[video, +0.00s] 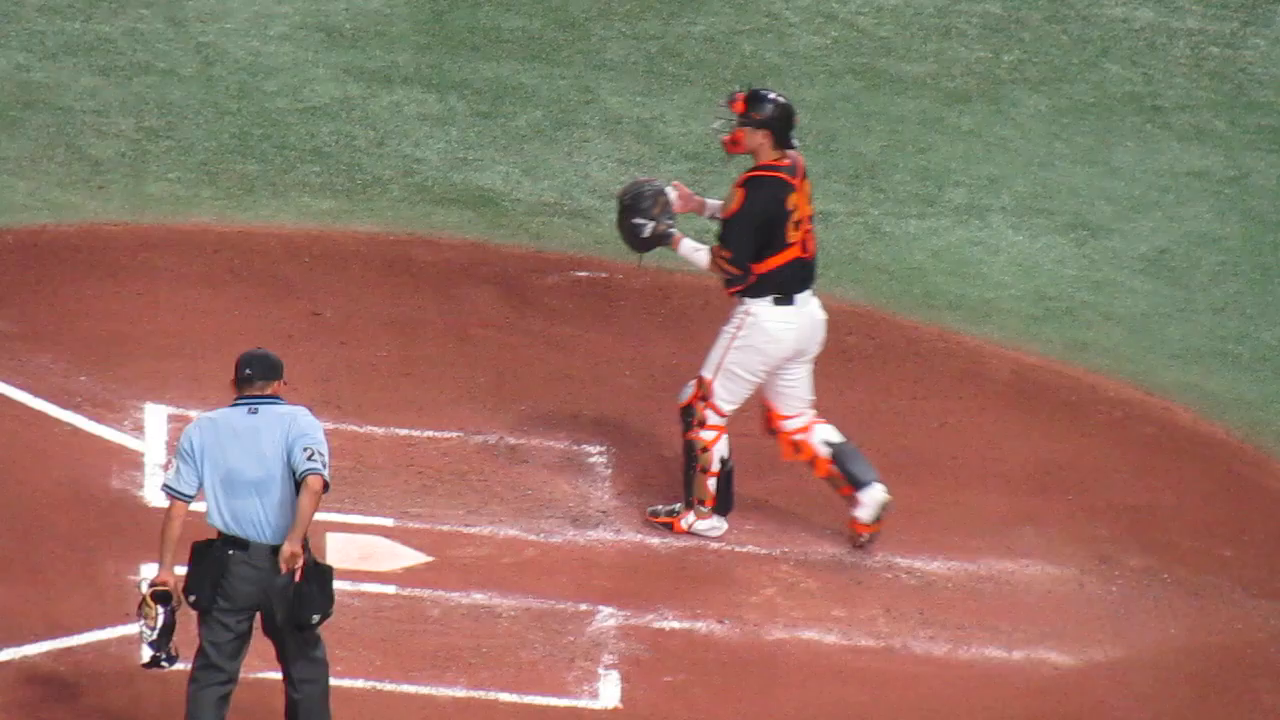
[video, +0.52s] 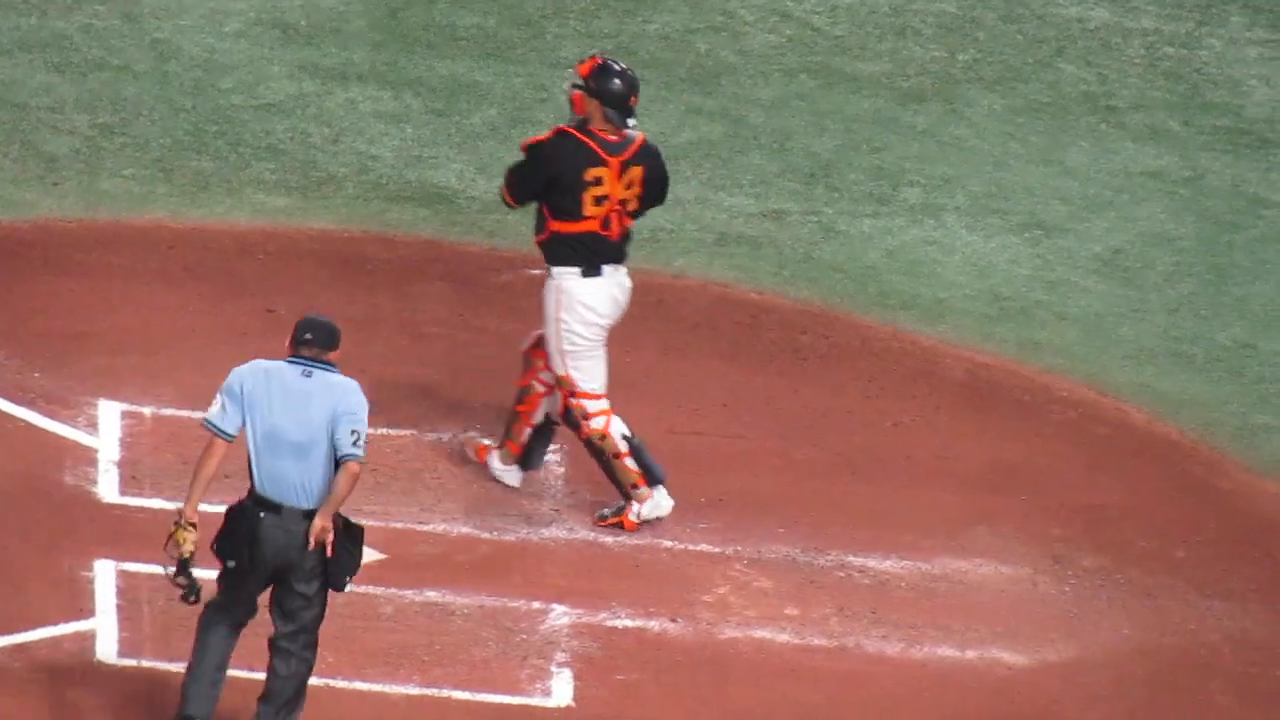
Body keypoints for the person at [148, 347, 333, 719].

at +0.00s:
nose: (281, 389)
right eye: (281, 384)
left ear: (235, 385)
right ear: (279, 386)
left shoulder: (202, 428)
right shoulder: (299, 420)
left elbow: (177, 506)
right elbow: (314, 482)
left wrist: (165, 569)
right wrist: (295, 538)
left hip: (228, 569)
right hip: (287, 569)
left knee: (213, 674)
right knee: (306, 670)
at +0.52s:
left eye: (294, 345)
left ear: (290, 346)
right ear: (334, 354)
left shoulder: (250, 375)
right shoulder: (348, 393)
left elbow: (215, 448)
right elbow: (352, 466)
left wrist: (189, 515)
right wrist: (325, 514)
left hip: (256, 526)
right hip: (311, 536)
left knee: (225, 615)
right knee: (294, 644)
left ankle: (194, 710)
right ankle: (275, 713)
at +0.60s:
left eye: (303, 333)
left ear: (302, 334)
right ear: (345, 344)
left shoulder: (261, 366)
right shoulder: (359, 381)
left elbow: (227, 438)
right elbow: (371, 447)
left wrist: (200, 504)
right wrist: (341, 491)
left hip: (267, 514)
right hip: (319, 523)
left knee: (241, 605)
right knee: (298, 633)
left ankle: (217, 708)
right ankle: (276, 713)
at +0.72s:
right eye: (370, 339)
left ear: (331, 331)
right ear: (373, 340)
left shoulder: (288, 360)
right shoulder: (384, 374)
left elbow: (256, 430)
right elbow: (411, 433)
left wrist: (228, 495)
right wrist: (377, 477)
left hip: (293, 506)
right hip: (344, 516)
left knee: (281, 606)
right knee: (315, 628)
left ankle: (275, 703)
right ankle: (284, 711)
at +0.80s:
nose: (393, 343)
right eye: (397, 338)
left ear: (359, 330)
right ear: (400, 339)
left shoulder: (316, 359)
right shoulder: (410, 377)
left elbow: (283, 428)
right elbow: (445, 441)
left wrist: (255, 493)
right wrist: (426, 480)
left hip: (318, 507)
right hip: (368, 516)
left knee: (319, 604)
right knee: (338, 626)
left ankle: (329, 691)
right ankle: (299, 712)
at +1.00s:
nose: (452, 332)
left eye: (448, 326)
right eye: (451, 327)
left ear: (407, 320)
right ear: (445, 328)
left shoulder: (365, 359)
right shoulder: (456, 370)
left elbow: (335, 428)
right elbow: (469, 442)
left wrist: (311, 489)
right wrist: (489, 461)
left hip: (373, 498)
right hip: (420, 507)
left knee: (391, 598)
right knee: (409, 618)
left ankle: (398, 696)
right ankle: (336, 713)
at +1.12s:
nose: (478, 329)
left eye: (474, 323)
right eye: (477, 324)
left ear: (435, 317)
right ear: (471, 324)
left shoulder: (393, 360)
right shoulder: (478, 370)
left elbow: (360, 435)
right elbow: (497, 448)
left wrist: (354, 495)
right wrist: (517, 466)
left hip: (399, 495)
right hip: (446, 505)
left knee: (413, 605)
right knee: (464, 624)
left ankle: (401, 701)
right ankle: (384, 695)